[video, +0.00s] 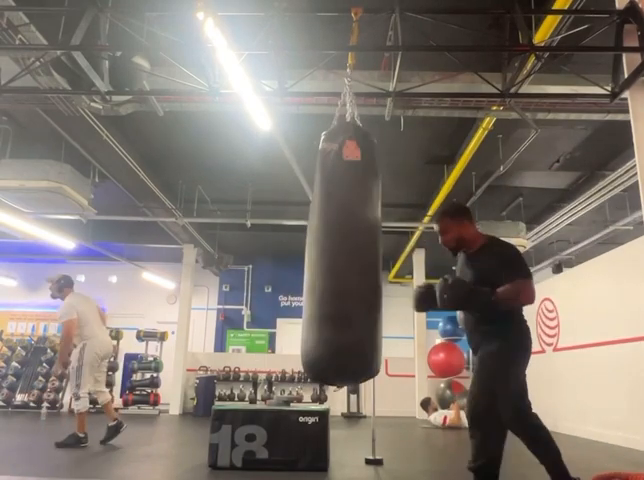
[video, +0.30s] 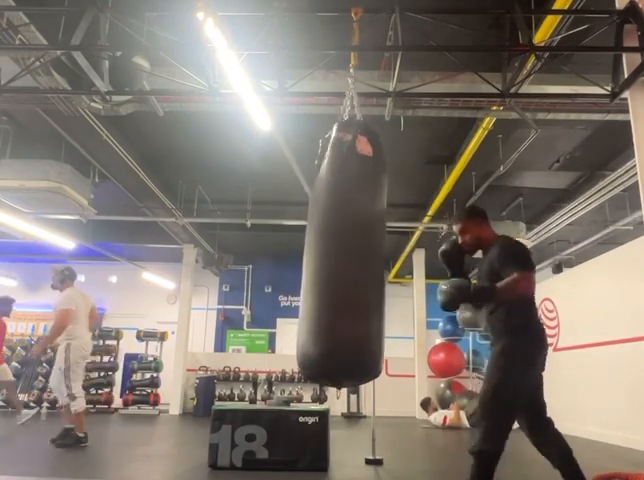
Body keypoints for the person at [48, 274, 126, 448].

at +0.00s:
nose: (50, 289)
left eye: (53, 286)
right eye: (50, 286)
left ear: (64, 288)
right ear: (69, 288)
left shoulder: (69, 303)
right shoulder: (87, 299)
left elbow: (68, 334)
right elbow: (102, 318)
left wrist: (63, 359)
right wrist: (99, 337)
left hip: (88, 345)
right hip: (105, 343)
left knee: (79, 390)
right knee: (98, 388)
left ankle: (80, 433)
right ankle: (114, 421)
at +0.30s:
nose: (52, 282)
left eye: (54, 278)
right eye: (52, 278)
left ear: (64, 279)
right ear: (71, 279)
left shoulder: (67, 296)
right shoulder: (84, 296)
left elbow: (61, 323)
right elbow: (94, 319)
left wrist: (42, 344)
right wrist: (83, 334)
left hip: (72, 343)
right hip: (82, 342)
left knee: (72, 386)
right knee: (57, 383)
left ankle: (81, 433)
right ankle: (69, 426)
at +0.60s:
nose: (38, 281)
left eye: (41, 278)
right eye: (39, 278)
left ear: (53, 278)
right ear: (52, 278)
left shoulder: (59, 294)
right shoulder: (48, 296)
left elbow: (62, 320)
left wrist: (42, 342)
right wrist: (36, 342)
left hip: (54, 346)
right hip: (42, 346)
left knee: (60, 389)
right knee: (33, 388)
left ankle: (75, 429)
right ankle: (22, 431)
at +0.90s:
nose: (20, 279)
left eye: (23, 275)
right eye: (20, 275)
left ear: (34, 276)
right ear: (25, 277)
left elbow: (60, 318)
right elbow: (16, 323)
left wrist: (55, 343)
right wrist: (5, 340)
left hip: (33, 341)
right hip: (18, 341)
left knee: (6, 383)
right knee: (22, 387)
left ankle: (20, 427)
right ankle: (22, 429)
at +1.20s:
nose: (1, 275)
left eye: (5, 272)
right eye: (2, 271)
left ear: (15, 274)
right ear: (9, 274)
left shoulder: (26, 293)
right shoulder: (6, 291)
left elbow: (41, 323)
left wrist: (44, 350)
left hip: (13, 341)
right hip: (4, 340)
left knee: (6, 381)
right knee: (6, 382)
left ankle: (16, 426)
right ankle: (16, 426)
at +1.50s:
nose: (44, 327)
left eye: (44, 324)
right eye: (41, 324)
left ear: (38, 326)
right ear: (33, 325)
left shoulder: (33, 341)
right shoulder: (21, 340)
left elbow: (29, 360)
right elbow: (9, 359)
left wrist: (30, 373)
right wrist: (9, 380)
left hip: (23, 373)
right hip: (13, 374)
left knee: (42, 384)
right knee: (41, 385)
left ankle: (34, 415)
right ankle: (31, 416)